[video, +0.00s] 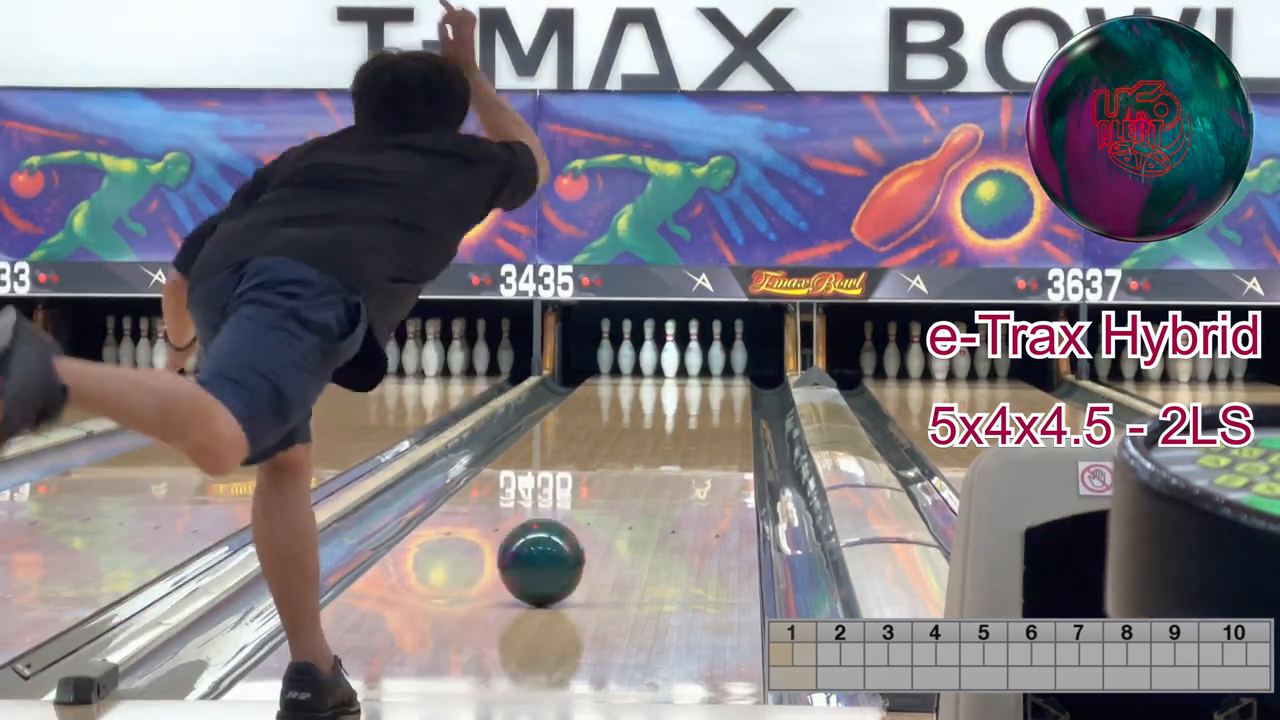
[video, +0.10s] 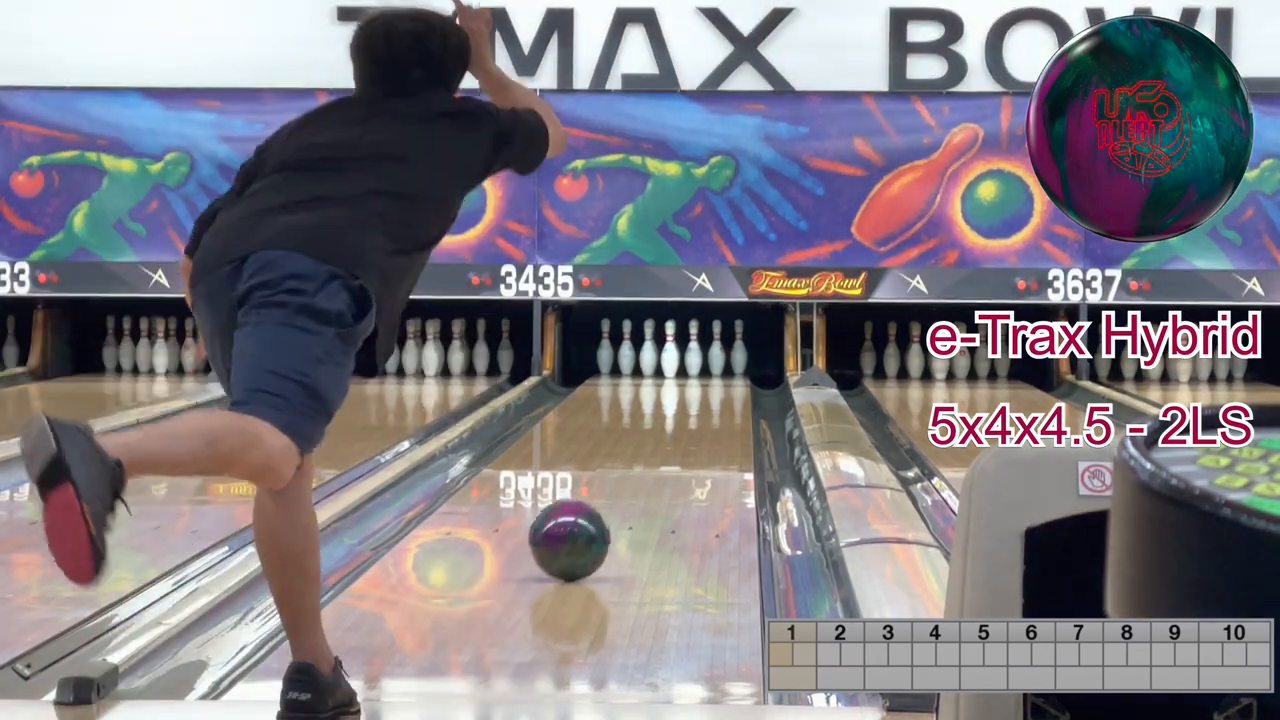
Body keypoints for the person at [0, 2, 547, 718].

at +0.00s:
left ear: (361, 115)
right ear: (448, 121)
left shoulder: (303, 157)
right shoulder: (460, 162)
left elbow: (181, 272)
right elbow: (528, 158)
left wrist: (180, 343)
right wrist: (474, 76)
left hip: (219, 271)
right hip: (311, 276)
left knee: (285, 465)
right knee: (225, 436)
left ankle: (311, 668)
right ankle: (51, 372)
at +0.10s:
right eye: (456, 73)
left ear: (366, 75)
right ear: (451, 81)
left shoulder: (310, 125)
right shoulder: (458, 127)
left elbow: (200, 244)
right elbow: (546, 131)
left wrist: (200, 314)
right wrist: (487, 69)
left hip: (219, 267)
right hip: (313, 264)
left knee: (286, 472)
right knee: (273, 444)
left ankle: (314, 672)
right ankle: (101, 454)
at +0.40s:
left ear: (353, 14)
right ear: (433, 17)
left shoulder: (293, 74)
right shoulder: (453, 62)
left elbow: (195, 199)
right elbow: (542, 62)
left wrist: (203, 269)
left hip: (227, 251)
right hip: (324, 247)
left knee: (280, 464)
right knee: (286, 446)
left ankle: (313, 671)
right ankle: (137, 566)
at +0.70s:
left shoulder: (264, 16)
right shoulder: (431, 9)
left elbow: (183, 140)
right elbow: (541, 52)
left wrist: (199, 241)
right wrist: (507, 4)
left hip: (223, 247)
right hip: (321, 241)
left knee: (276, 469)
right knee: (320, 456)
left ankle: (310, 670)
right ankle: (201, 637)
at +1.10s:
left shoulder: (220, 3)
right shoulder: (405, 3)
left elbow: (178, 135)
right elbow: (463, 127)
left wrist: (191, 257)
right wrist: (479, 102)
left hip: (223, 250)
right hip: (331, 243)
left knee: (270, 472)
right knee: (324, 478)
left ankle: (309, 662)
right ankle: (269, 697)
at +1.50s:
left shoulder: (194, 3)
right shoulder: (396, 2)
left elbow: (157, 124)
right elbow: (430, 119)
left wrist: (158, 257)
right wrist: (454, 220)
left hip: (218, 257)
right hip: (329, 262)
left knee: (238, 455)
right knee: (303, 479)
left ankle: (228, 673)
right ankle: (271, 696)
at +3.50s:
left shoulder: (144, 7)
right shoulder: (389, 4)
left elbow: (119, 135)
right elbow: (409, 128)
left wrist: (118, 274)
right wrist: (425, 270)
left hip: (196, 272)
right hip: (330, 272)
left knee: (221, 497)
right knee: (323, 484)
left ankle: (244, 713)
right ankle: (317, 694)